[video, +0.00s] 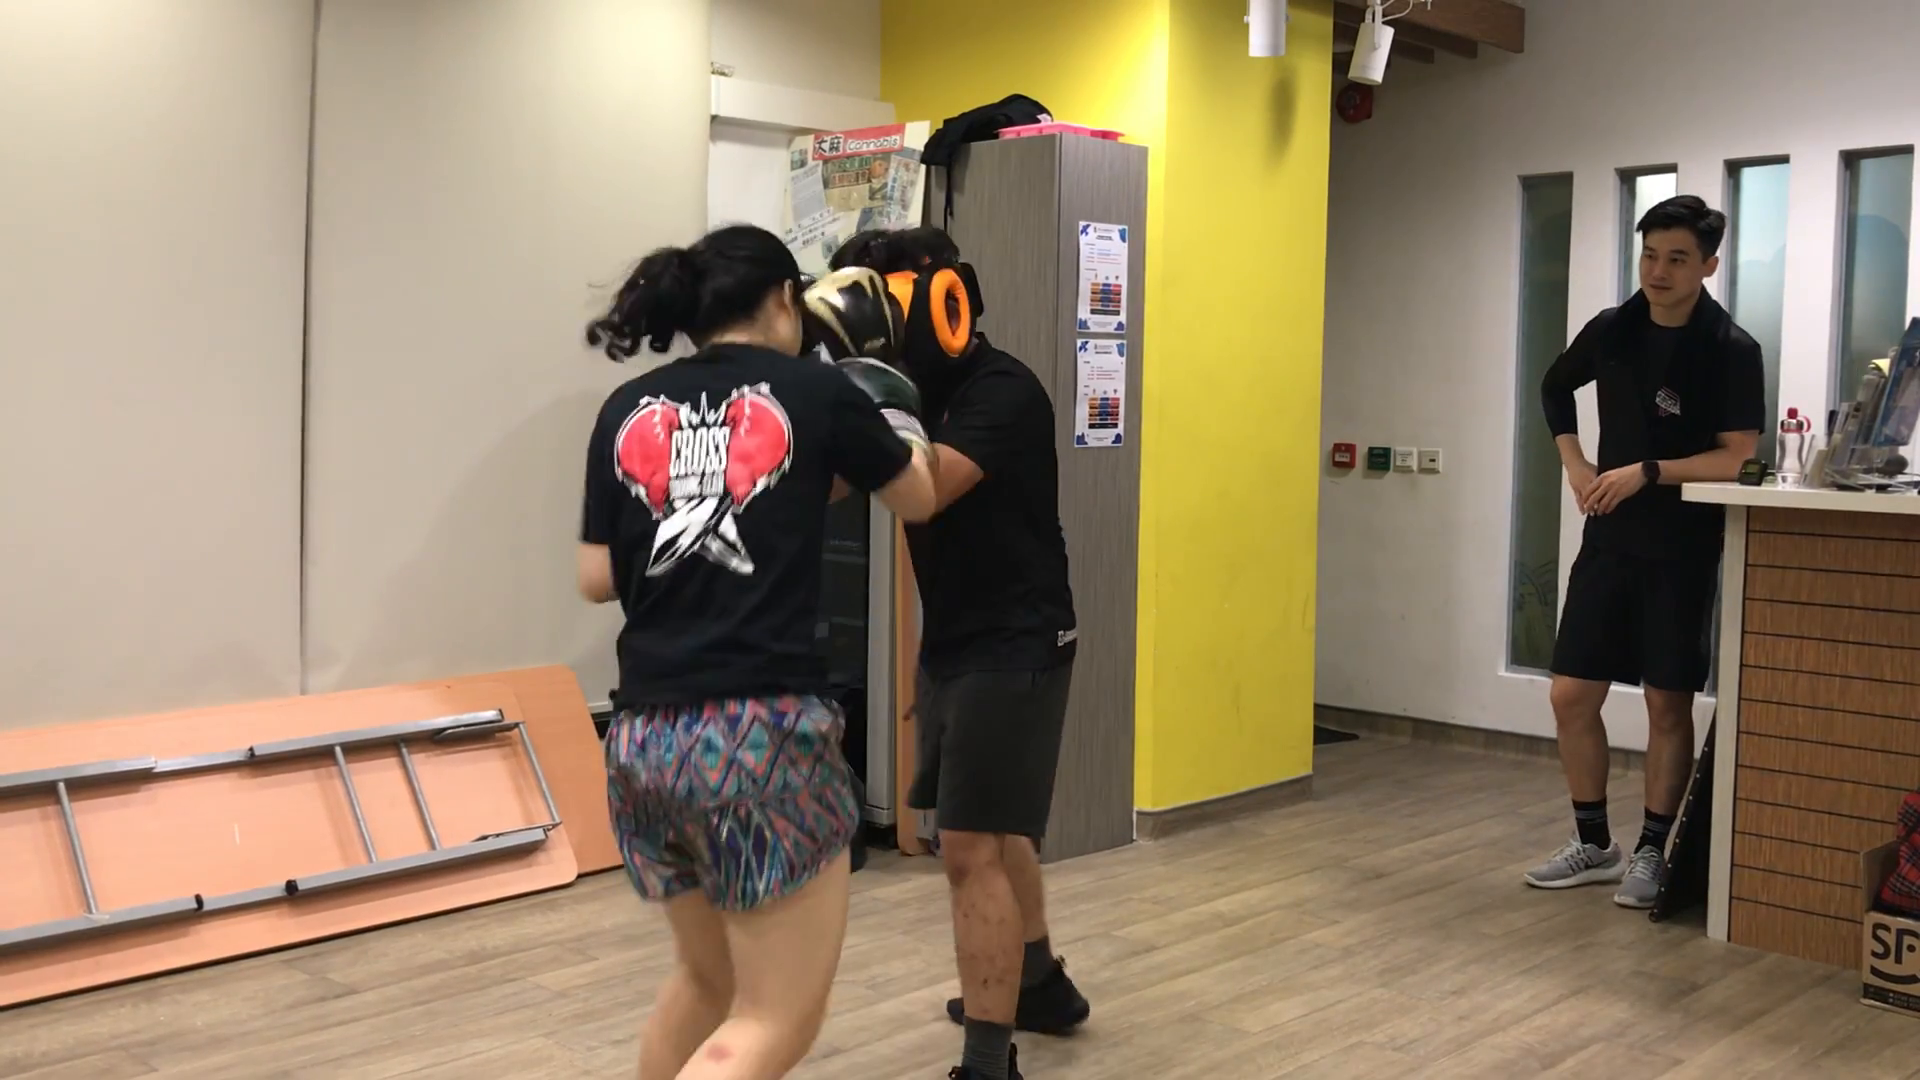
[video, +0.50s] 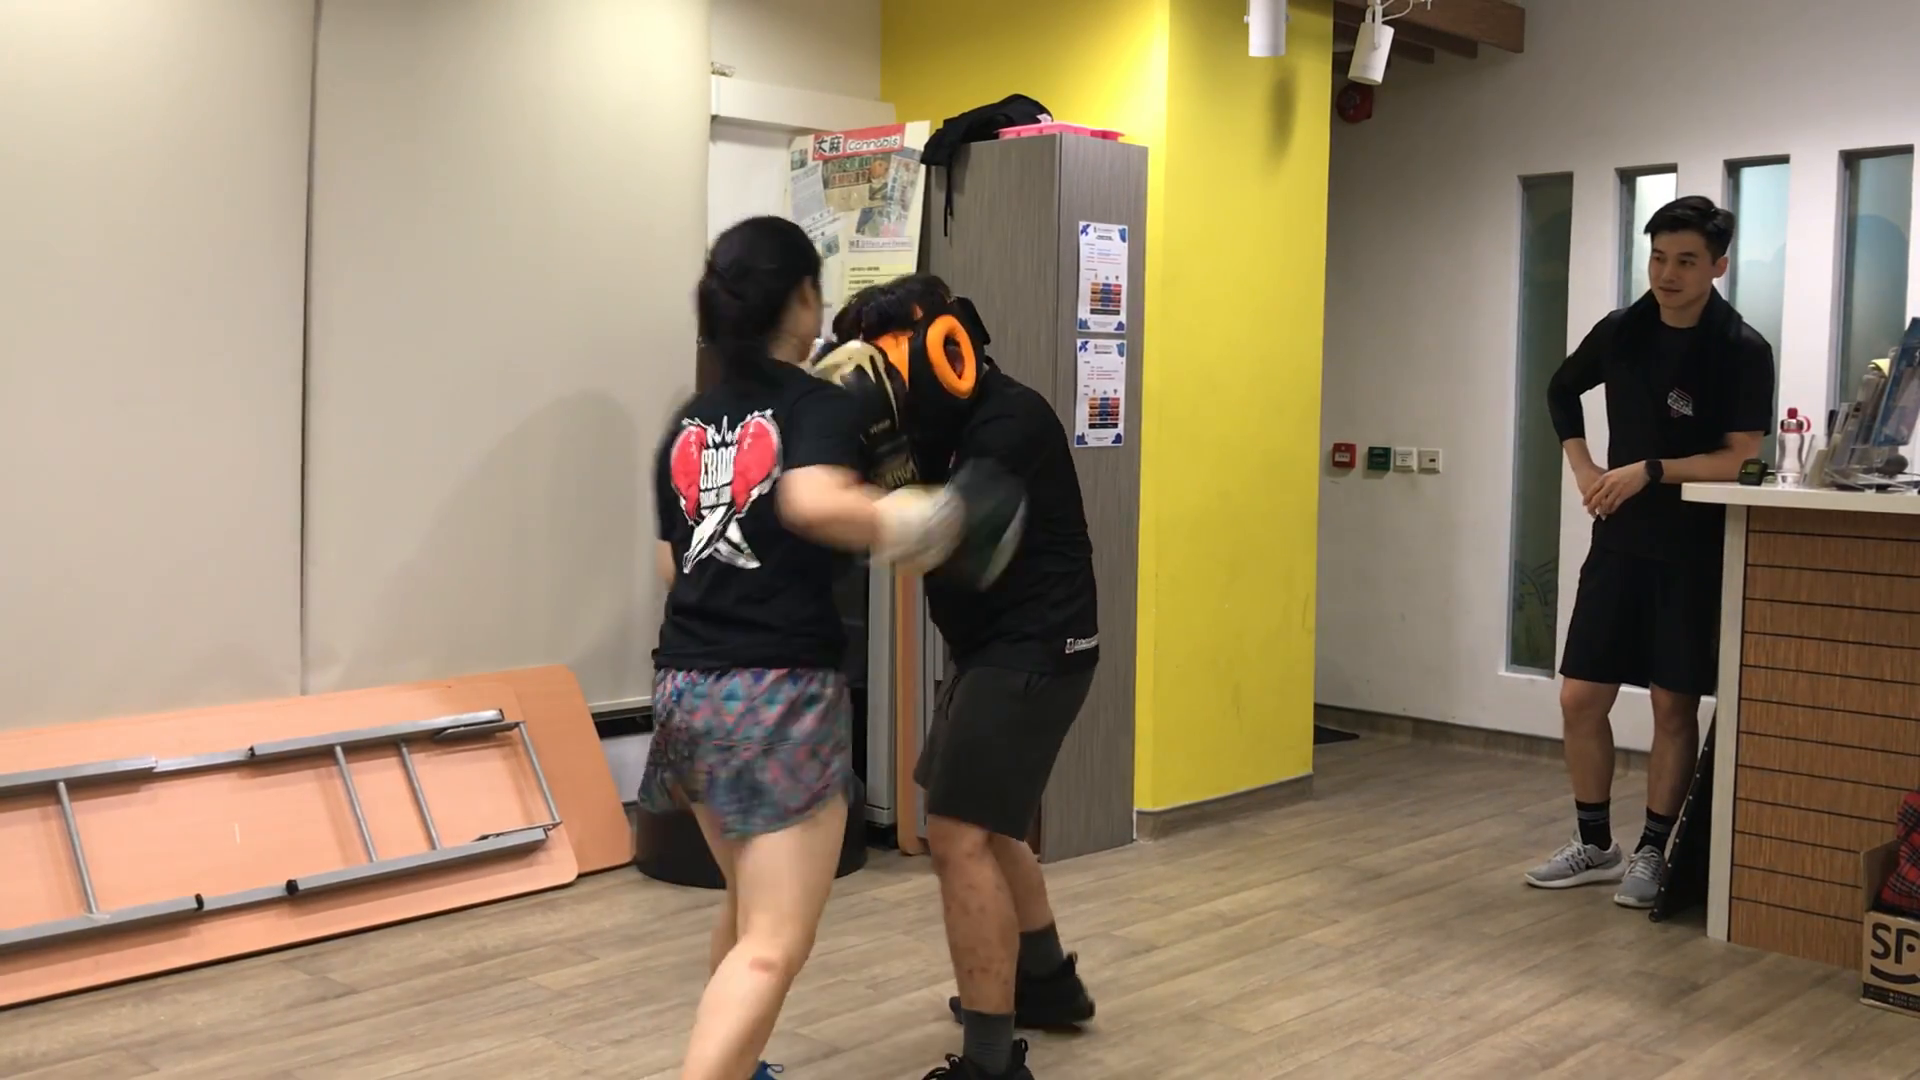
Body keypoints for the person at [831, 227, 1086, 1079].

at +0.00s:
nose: (869, 325)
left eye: (877, 304)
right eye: (861, 309)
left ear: (934, 299)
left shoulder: (1005, 391)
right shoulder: (927, 396)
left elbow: (921, 490)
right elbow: (858, 480)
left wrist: (872, 391)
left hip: (1015, 649)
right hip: (962, 648)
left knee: (970, 851)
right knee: (994, 830)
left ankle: (988, 1063)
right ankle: (1037, 981)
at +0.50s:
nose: (875, 386)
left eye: (881, 366)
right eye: (869, 369)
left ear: (931, 353)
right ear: (939, 350)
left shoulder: (1010, 420)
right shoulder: (948, 425)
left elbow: (957, 545)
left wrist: (884, 472)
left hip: (1037, 649)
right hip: (997, 646)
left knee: (955, 832)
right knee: (989, 820)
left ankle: (988, 1056)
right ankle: (1046, 980)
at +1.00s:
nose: (936, 354)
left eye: (945, 338)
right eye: (930, 341)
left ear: (994, 325)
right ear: (971, 339)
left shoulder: (1047, 393)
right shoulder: (987, 401)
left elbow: (973, 492)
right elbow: (949, 488)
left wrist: (924, 399)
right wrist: (896, 426)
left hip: (1071, 627)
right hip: (1019, 624)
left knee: (1027, 808)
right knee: (995, 784)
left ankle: (1013, 1032)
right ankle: (1066, 952)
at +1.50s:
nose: (995, 397)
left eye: (1008, 382)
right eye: (989, 385)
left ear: (1053, 376)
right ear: (985, 392)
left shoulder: (1113, 441)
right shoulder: (995, 433)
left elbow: (1056, 541)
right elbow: (892, 482)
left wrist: (1024, 439)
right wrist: (906, 412)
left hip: (1120, 657)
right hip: (1039, 653)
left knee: (1086, 820)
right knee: (984, 788)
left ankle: (1145, 1038)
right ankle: (1063, 948)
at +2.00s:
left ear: (994, 552)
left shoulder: (1085, 556)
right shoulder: (1000, 562)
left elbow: (1053, 688)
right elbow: (955, 657)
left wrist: (977, 608)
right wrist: (902, 604)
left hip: (1176, 691)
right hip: (1085, 693)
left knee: (1103, 817)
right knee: (997, 800)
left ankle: (1153, 1038)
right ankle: (1089, 927)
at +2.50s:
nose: (959, 628)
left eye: (955, 615)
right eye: (948, 619)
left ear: (1006, 565)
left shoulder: (1115, 562)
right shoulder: (1053, 538)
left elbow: (1043, 686)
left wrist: (990, 596)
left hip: (1185, 725)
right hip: (1120, 712)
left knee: (1066, 863)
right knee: (1039, 801)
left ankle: (1159, 1066)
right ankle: (1078, 926)